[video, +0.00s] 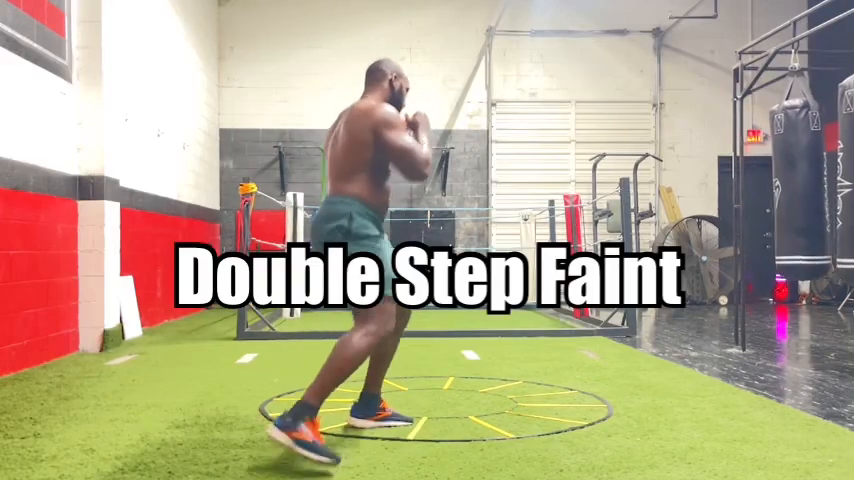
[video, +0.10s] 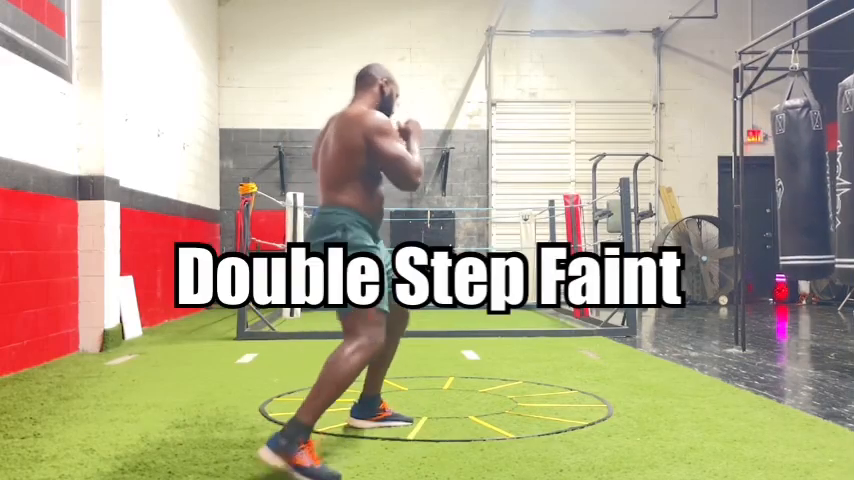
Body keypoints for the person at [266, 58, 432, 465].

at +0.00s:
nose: (407, 94)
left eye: (406, 88)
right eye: (406, 87)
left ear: (371, 81)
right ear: (394, 80)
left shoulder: (342, 118)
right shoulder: (383, 112)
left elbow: (335, 163)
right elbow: (420, 168)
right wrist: (422, 130)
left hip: (336, 222)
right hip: (354, 224)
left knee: (397, 313)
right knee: (377, 324)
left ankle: (368, 405)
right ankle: (298, 417)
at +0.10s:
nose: (395, 101)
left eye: (394, 94)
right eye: (394, 93)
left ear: (361, 86)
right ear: (384, 85)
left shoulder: (332, 123)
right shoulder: (374, 120)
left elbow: (322, 172)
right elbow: (411, 179)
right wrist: (414, 139)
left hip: (325, 226)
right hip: (351, 229)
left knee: (397, 311)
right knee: (367, 337)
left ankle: (369, 405)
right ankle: (290, 439)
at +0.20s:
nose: (382, 95)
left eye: (382, 89)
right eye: (381, 88)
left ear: (346, 78)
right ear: (370, 76)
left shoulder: (316, 116)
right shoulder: (364, 108)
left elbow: (302, 156)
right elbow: (407, 168)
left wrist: (325, 192)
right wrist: (403, 128)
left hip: (313, 225)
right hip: (340, 225)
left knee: (373, 316)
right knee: (352, 339)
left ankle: (369, 403)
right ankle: (283, 450)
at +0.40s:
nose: (368, 64)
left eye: (368, 58)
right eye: (368, 56)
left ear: (328, 44)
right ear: (355, 44)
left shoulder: (293, 88)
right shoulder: (348, 75)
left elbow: (297, 143)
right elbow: (391, 138)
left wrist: (342, 172)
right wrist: (386, 96)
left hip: (283, 190)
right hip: (310, 192)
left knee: (334, 308)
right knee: (321, 320)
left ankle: (299, 404)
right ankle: (276, 445)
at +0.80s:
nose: (343, 57)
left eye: (341, 50)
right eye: (341, 49)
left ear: (304, 43)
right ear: (330, 41)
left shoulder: (264, 83)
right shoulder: (322, 77)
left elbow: (264, 138)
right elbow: (360, 143)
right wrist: (356, 99)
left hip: (258, 196)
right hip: (278, 201)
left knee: (302, 302)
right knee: (289, 318)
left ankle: (273, 386)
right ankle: (228, 436)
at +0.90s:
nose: (337, 75)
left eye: (336, 68)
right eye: (336, 68)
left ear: (297, 62)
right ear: (326, 61)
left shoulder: (266, 100)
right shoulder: (317, 97)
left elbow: (250, 145)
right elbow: (356, 157)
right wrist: (350, 110)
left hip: (259, 214)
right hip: (271, 219)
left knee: (310, 299)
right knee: (277, 338)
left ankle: (287, 386)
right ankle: (205, 443)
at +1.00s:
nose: (337, 94)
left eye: (339, 88)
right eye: (338, 87)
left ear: (300, 77)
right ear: (326, 78)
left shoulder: (269, 116)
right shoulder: (315, 118)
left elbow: (254, 170)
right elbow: (353, 178)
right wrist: (351, 135)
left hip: (258, 222)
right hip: (273, 229)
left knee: (306, 312)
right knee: (278, 342)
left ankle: (288, 399)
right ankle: (204, 446)